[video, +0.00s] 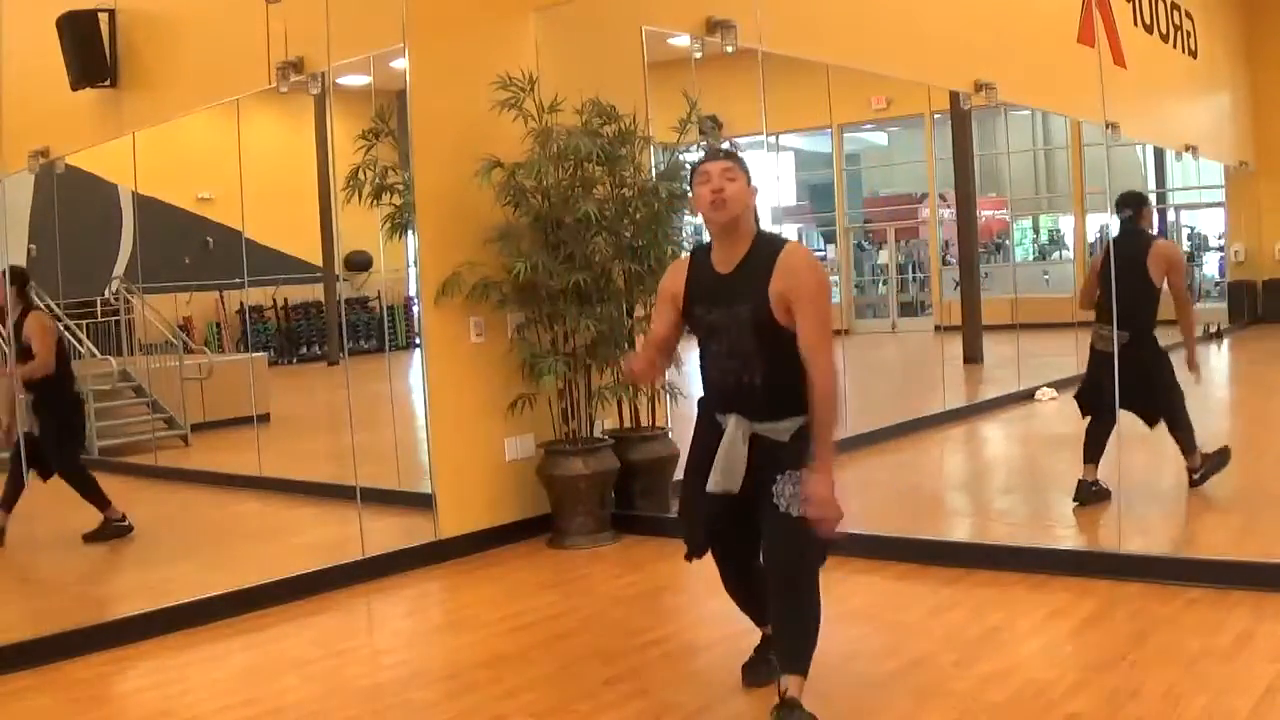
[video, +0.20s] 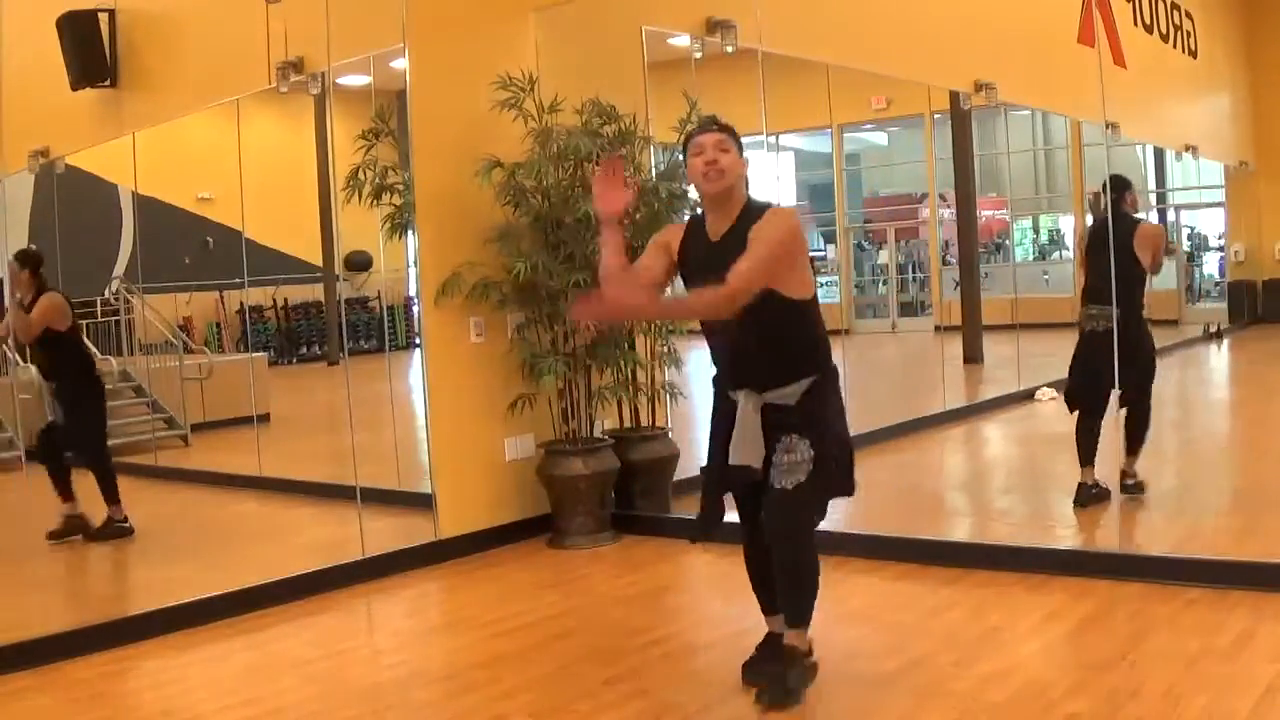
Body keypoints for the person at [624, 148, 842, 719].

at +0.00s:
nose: (717, 188)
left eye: (728, 178)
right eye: (705, 182)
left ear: (752, 191)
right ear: (694, 202)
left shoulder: (795, 266)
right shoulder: (683, 274)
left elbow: (822, 371)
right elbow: (657, 351)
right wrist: (645, 363)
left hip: (789, 434)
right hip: (721, 433)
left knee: (790, 564)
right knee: (731, 553)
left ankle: (791, 694)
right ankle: (773, 631)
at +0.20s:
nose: (711, 158)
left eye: (722, 149)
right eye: (699, 153)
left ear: (744, 164)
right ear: (689, 174)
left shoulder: (779, 223)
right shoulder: (676, 238)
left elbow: (731, 298)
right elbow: (624, 293)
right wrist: (611, 223)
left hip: (803, 397)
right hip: (740, 403)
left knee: (786, 522)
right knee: (754, 523)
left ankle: (798, 644)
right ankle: (775, 633)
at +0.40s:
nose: (700, 191)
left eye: (711, 176)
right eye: (689, 181)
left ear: (735, 171)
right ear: (679, 186)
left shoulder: (774, 224)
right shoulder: (679, 237)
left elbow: (726, 305)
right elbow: (662, 302)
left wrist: (644, 297)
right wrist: (625, 290)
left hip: (802, 388)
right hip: (742, 392)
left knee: (773, 515)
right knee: (753, 514)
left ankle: (832, 559)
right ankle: (779, 635)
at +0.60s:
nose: (697, 218)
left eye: (704, 201)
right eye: (683, 208)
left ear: (728, 185)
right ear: (673, 207)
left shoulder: (790, 235)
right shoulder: (677, 252)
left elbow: (859, 305)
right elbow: (685, 332)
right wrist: (701, 395)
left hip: (797, 401)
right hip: (733, 406)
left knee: (781, 514)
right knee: (748, 525)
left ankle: (817, 592)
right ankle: (776, 634)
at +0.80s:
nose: (720, 220)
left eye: (730, 202)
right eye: (705, 208)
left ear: (752, 193)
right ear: (692, 209)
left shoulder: (799, 232)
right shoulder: (679, 245)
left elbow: (869, 197)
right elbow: (706, 307)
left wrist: (919, 173)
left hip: (803, 415)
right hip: (735, 420)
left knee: (802, 543)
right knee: (752, 537)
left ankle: (802, 685)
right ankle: (776, 632)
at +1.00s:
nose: (749, 213)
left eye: (760, 194)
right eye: (734, 198)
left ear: (781, 190)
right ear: (717, 201)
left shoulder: (835, 250)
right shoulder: (689, 260)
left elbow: (924, 294)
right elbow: (651, 318)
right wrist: (630, 362)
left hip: (815, 433)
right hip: (737, 436)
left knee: (813, 571)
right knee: (746, 553)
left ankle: (810, 706)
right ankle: (773, 620)